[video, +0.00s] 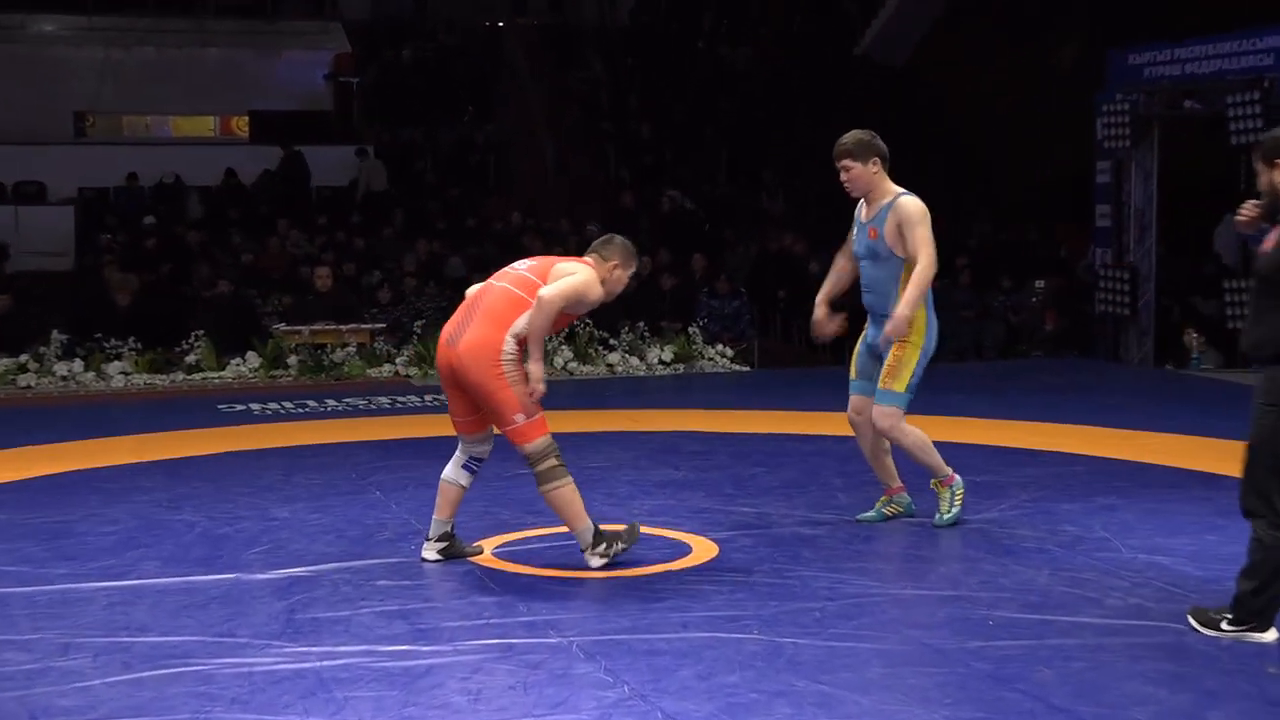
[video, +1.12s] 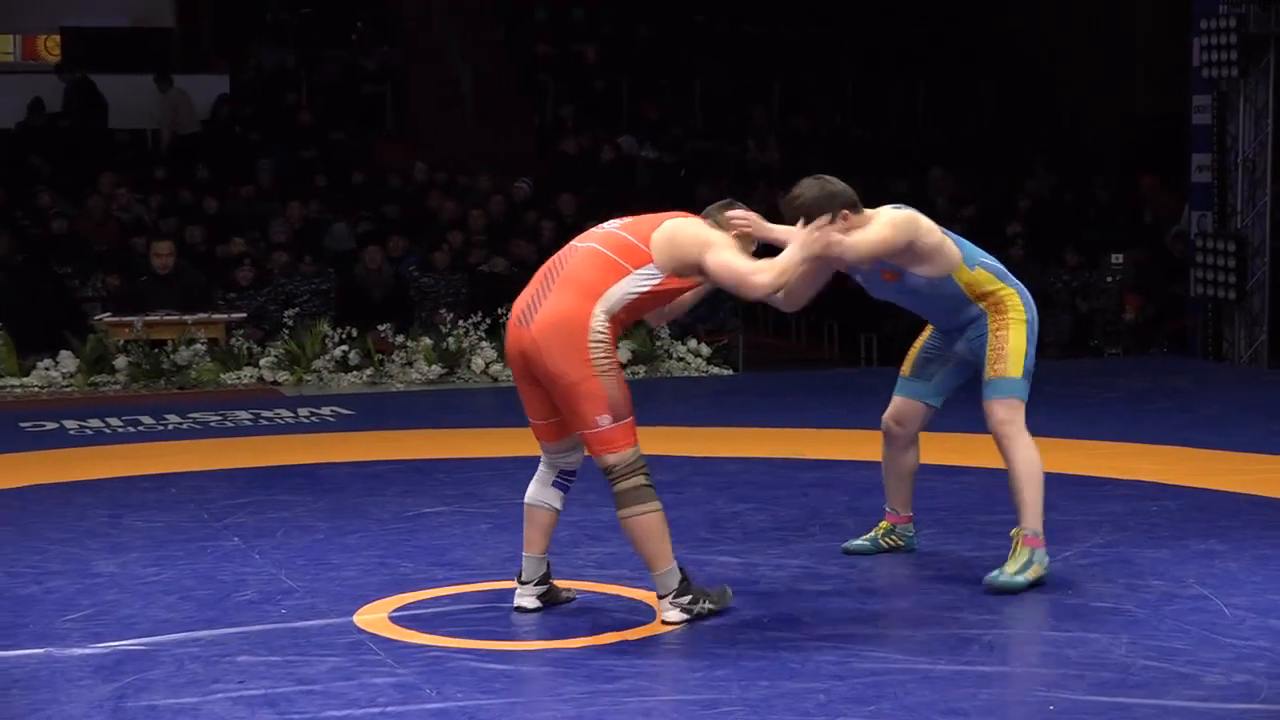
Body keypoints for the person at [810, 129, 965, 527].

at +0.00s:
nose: (843, 178)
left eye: (848, 169)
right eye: (840, 171)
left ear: (875, 166)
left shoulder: (908, 208)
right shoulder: (862, 209)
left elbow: (927, 262)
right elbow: (848, 259)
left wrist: (902, 314)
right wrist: (822, 300)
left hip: (910, 325)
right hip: (875, 325)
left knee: (887, 420)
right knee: (859, 414)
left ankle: (948, 481)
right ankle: (895, 494)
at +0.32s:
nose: (836, 205)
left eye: (841, 195)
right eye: (832, 197)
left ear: (870, 187)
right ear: (860, 192)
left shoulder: (914, 219)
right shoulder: (869, 222)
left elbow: (974, 256)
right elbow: (904, 258)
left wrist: (929, 293)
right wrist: (888, 289)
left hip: (973, 314)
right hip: (934, 318)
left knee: (957, 412)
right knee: (910, 412)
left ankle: (996, 517)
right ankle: (923, 510)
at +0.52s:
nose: (856, 238)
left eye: (860, 228)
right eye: (852, 230)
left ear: (891, 217)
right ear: (888, 218)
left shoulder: (942, 249)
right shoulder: (903, 231)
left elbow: (997, 301)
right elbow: (926, 261)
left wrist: (933, 312)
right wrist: (904, 286)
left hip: (1026, 313)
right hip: (986, 314)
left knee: (1002, 422)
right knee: (951, 411)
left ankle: (1023, 534)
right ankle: (954, 514)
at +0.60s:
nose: (867, 257)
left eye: (871, 247)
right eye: (862, 250)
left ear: (902, 235)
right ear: (901, 234)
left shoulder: (961, 265)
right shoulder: (916, 239)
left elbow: (999, 336)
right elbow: (937, 280)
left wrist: (932, 324)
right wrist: (908, 297)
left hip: (1041, 316)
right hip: (998, 315)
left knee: (1006, 426)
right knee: (962, 412)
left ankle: (1030, 539)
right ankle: (1000, 510)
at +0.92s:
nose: (851, 267)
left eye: (854, 256)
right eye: (846, 259)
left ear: (886, 244)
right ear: (885, 244)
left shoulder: (952, 269)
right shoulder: (899, 260)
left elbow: (958, 355)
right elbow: (904, 308)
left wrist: (885, 318)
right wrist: (860, 315)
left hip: (1040, 325)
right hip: (992, 331)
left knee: (995, 432)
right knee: (940, 418)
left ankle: (1033, 554)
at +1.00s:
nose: (838, 254)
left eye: (840, 243)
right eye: (833, 246)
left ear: (871, 230)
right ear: (868, 230)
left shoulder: (933, 245)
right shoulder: (878, 249)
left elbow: (915, 316)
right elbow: (860, 307)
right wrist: (811, 298)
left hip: (1024, 324)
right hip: (979, 334)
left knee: (989, 431)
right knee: (925, 426)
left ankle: (1029, 556)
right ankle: (908, 523)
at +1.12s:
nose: (811, 241)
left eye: (813, 231)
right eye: (805, 234)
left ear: (842, 219)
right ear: (832, 224)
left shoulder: (897, 223)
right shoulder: (836, 247)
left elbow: (846, 250)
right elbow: (788, 298)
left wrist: (769, 232)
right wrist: (734, 261)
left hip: (1000, 309)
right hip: (947, 326)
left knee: (1006, 420)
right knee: (898, 423)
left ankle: (1032, 546)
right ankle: (898, 526)